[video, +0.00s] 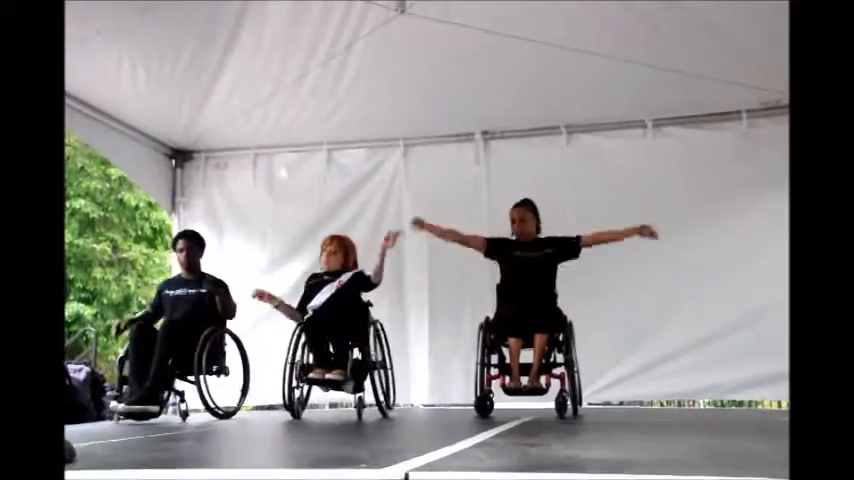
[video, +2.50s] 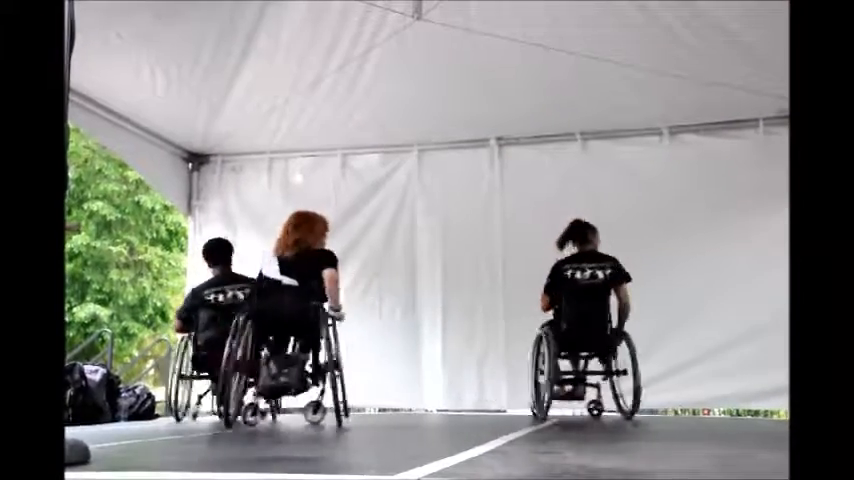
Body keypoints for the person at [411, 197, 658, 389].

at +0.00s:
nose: (515, 226)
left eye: (520, 221)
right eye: (513, 221)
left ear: (535, 222)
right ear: (510, 223)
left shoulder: (554, 245)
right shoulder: (502, 246)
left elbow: (594, 239)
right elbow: (463, 239)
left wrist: (633, 232)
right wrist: (431, 229)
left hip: (542, 309)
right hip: (511, 309)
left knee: (544, 313)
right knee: (514, 315)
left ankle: (535, 375)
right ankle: (514, 375)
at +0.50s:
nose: (531, 228)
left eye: (538, 224)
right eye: (527, 223)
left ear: (546, 229)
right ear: (522, 227)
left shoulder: (552, 251)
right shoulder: (505, 255)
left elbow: (553, 249)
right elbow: (493, 291)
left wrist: (520, 252)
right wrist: (485, 324)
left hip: (542, 311)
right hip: (514, 311)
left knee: (547, 326)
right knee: (517, 328)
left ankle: (537, 382)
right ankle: (517, 382)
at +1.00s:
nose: (532, 229)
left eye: (537, 225)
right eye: (528, 225)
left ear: (547, 231)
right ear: (523, 230)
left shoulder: (556, 263)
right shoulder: (508, 259)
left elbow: (596, 283)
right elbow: (495, 296)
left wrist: (631, 272)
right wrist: (487, 329)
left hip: (546, 318)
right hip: (516, 317)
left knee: (549, 327)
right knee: (519, 327)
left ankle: (537, 386)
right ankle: (518, 385)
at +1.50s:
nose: (538, 231)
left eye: (544, 226)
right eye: (535, 227)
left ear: (556, 231)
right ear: (532, 232)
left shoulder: (565, 260)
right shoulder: (524, 259)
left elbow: (567, 294)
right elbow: (518, 292)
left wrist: (556, 262)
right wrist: (514, 313)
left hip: (554, 314)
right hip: (528, 313)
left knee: (532, 323)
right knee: (509, 319)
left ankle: (523, 381)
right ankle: (504, 381)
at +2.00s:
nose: (548, 242)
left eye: (553, 236)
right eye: (546, 237)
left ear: (568, 239)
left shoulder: (572, 266)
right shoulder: (566, 265)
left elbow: (558, 301)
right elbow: (562, 300)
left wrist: (545, 283)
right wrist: (550, 285)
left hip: (562, 333)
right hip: (558, 329)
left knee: (499, 326)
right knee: (500, 325)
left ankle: (497, 382)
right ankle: (498, 381)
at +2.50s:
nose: (599, 241)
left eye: (598, 237)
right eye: (597, 237)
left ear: (575, 242)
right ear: (594, 239)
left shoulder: (561, 266)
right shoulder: (610, 263)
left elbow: (545, 305)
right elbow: (624, 301)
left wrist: (563, 295)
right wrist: (619, 330)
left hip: (569, 338)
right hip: (599, 336)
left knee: (551, 326)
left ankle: (555, 380)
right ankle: (579, 383)